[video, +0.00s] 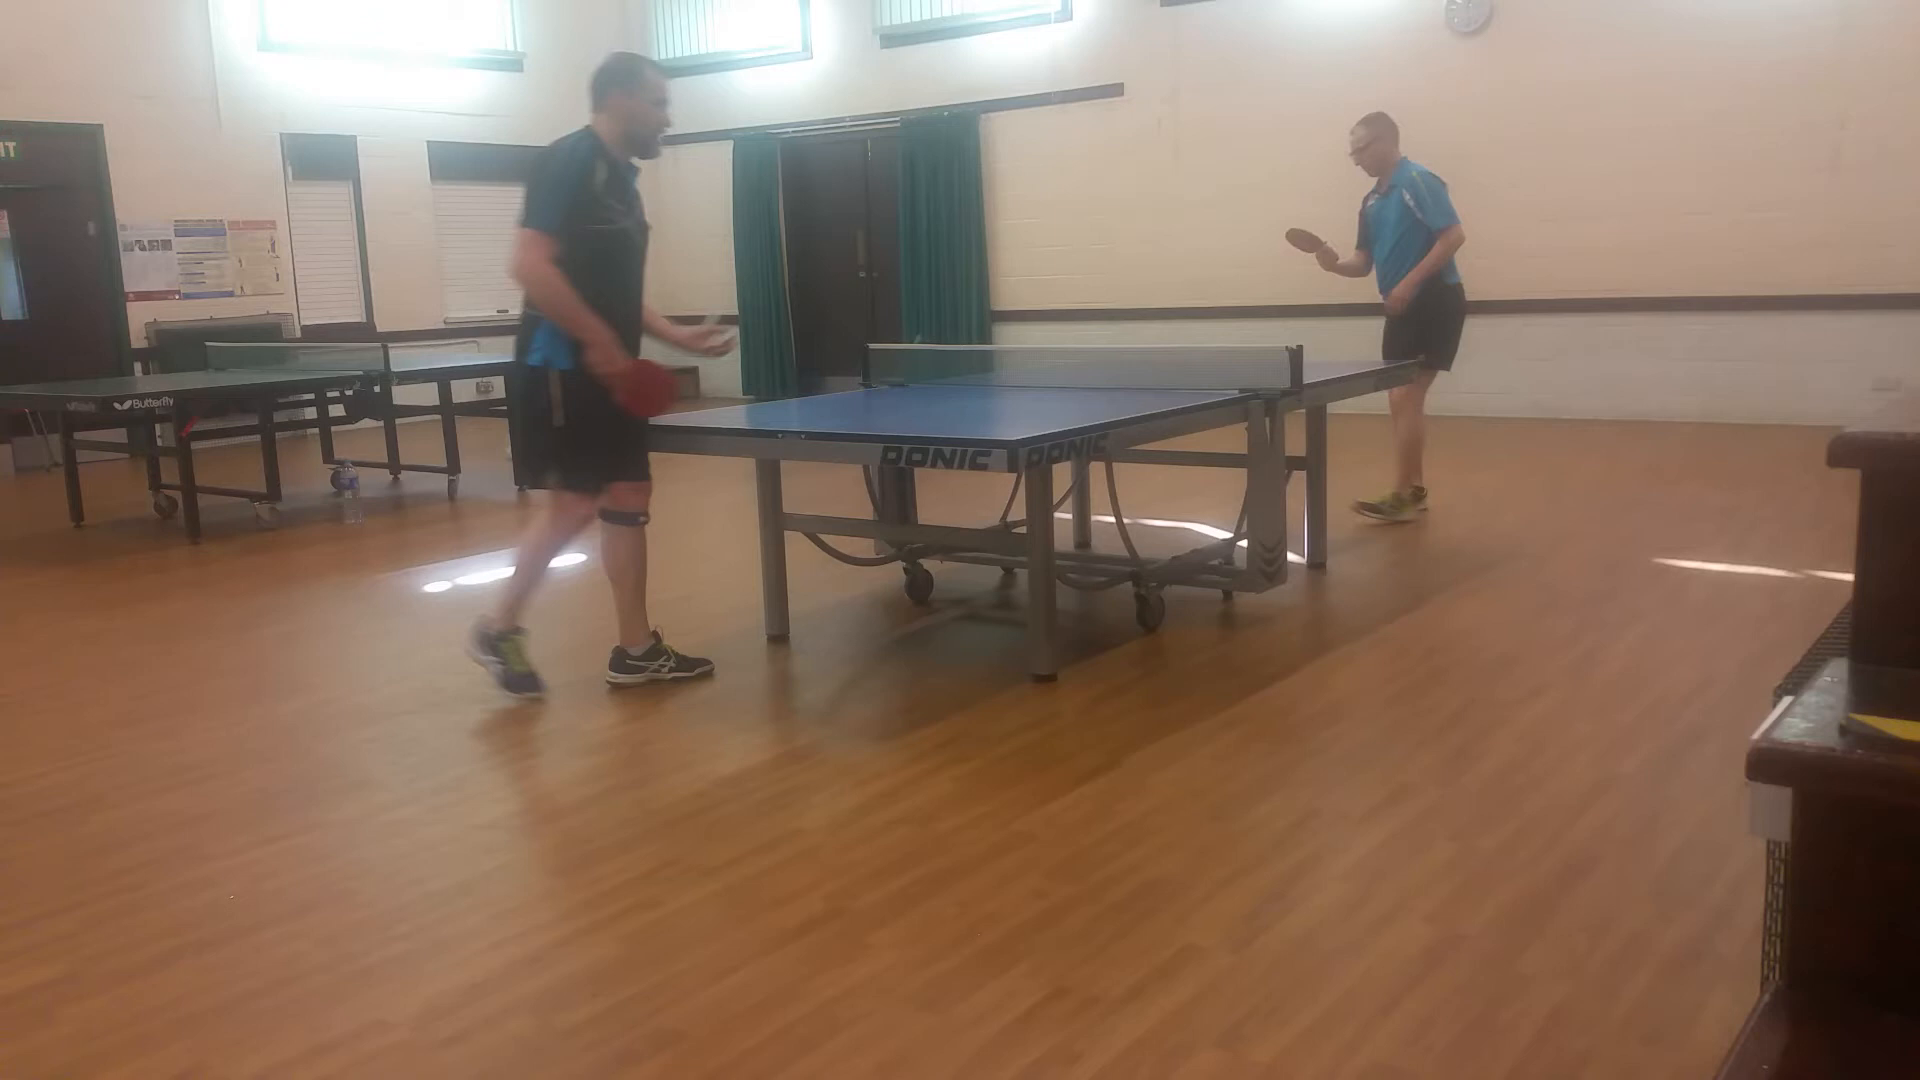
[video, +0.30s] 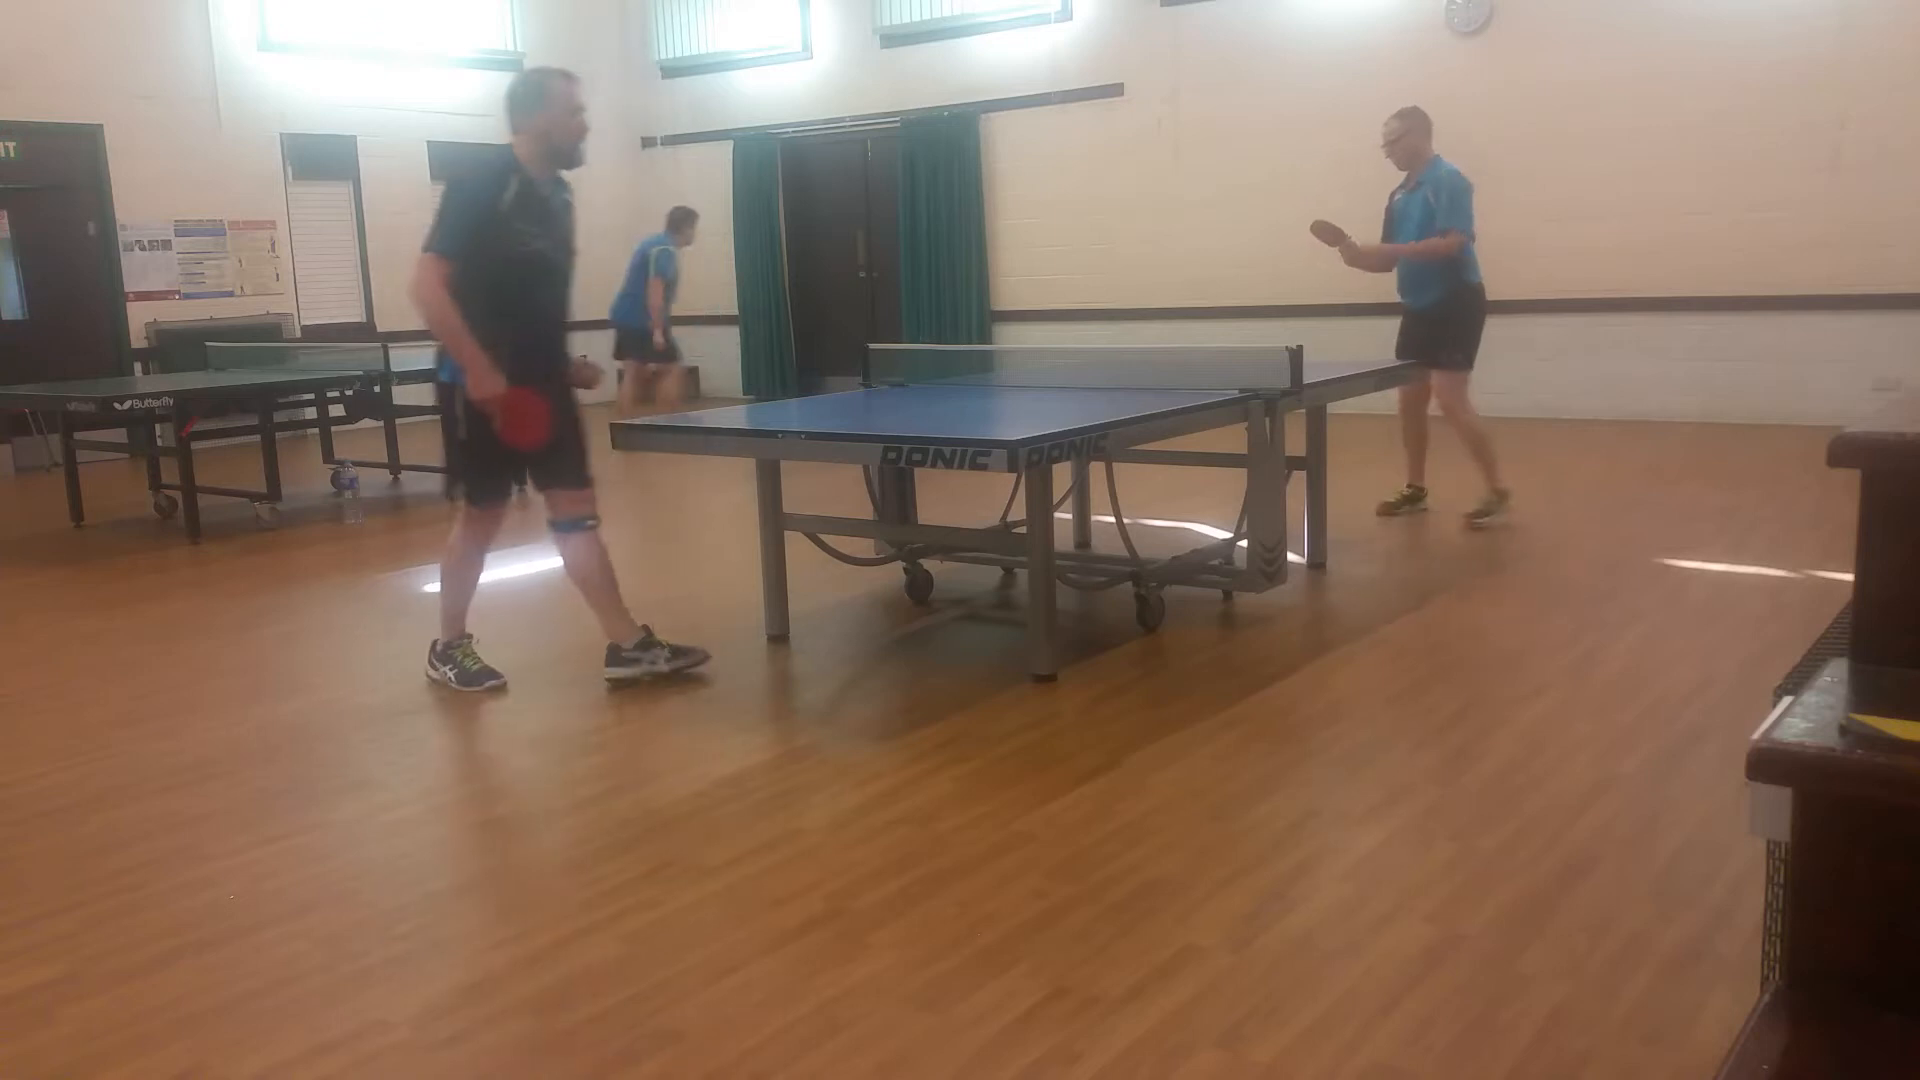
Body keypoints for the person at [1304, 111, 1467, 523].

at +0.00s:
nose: (1356, 158)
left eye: (1361, 148)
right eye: (1353, 151)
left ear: (1387, 142)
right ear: (1361, 152)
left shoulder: (1418, 179)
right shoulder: (1371, 201)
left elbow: (1453, 235)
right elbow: (1362, 263)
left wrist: (1409, 283)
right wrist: (1335, 263)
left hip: (1434, 298)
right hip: (1403, 303)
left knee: (1407, 397)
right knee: (1402, 399)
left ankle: (1404, 495)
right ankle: (1411, 490)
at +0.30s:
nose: (1387, 150)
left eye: (1394, 140)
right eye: (1385, 143)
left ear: (1420, 137)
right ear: (1394, 145)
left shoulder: (1449, 180)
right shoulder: (1399, 198)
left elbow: (1455, 242)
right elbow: (1386, 260)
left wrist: (1395, 252)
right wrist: (1347, 246)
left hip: (1457, 301)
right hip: (1419, 305)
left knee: (1451, 397)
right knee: (1411, 398)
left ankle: (1497, 491)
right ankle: (1414, 489)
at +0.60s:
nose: (1432, 149)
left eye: (1438, 140)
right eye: (1430, 141)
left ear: (1464, 137)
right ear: (1448, 143)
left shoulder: (1494, 182)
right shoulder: (1440, 199)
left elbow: (1477, 243)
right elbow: (1427, 261)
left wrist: (1408, 237)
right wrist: (1393, 259)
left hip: (1502, 307)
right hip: (1461, 310)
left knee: (1507, 408)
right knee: (1441, 404)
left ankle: (1540, 500)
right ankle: (1420, 489)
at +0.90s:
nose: (1455, 144)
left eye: (1463, 134)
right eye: (1454, 136)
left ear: (1489, 132)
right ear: (1470, 137)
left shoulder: (1523, 176)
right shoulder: (1466, 193)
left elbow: (1509, 241)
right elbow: (1456, 257)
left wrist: (1438, 234)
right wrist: (1425, 257)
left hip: (1532, 302)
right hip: (1491, 305)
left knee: (1526, 401)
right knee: (1471, 396)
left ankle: (1542, 501)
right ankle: (1475, 489)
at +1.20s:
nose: (1454, 144)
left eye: (1461, 135)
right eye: (1452, 136)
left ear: (1488, 133)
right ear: (1465, 137)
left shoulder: (1521, 178)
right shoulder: (1461, 196)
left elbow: (1511, 243)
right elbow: (1454, 261)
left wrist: (1444, 236)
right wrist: (1430, 260)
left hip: (1534, 301)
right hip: (1492, 304)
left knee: (1530, 399)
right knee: (1483, 397)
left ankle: (1542, 501)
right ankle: (1485, 489)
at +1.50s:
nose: (1444, 144)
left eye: (1452, 137)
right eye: (1443, 137)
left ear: (1479, 138)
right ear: (1454, 141)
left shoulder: (1512, 181)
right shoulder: (1451, 203)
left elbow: (1529, 245)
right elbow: (1457, 268)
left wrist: (1462, 260)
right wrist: (1433, 272)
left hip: (1535, 297)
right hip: (1492, 304)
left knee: (1535, 398)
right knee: (1485, 399)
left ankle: (1561, 498)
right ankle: (1485, 490)